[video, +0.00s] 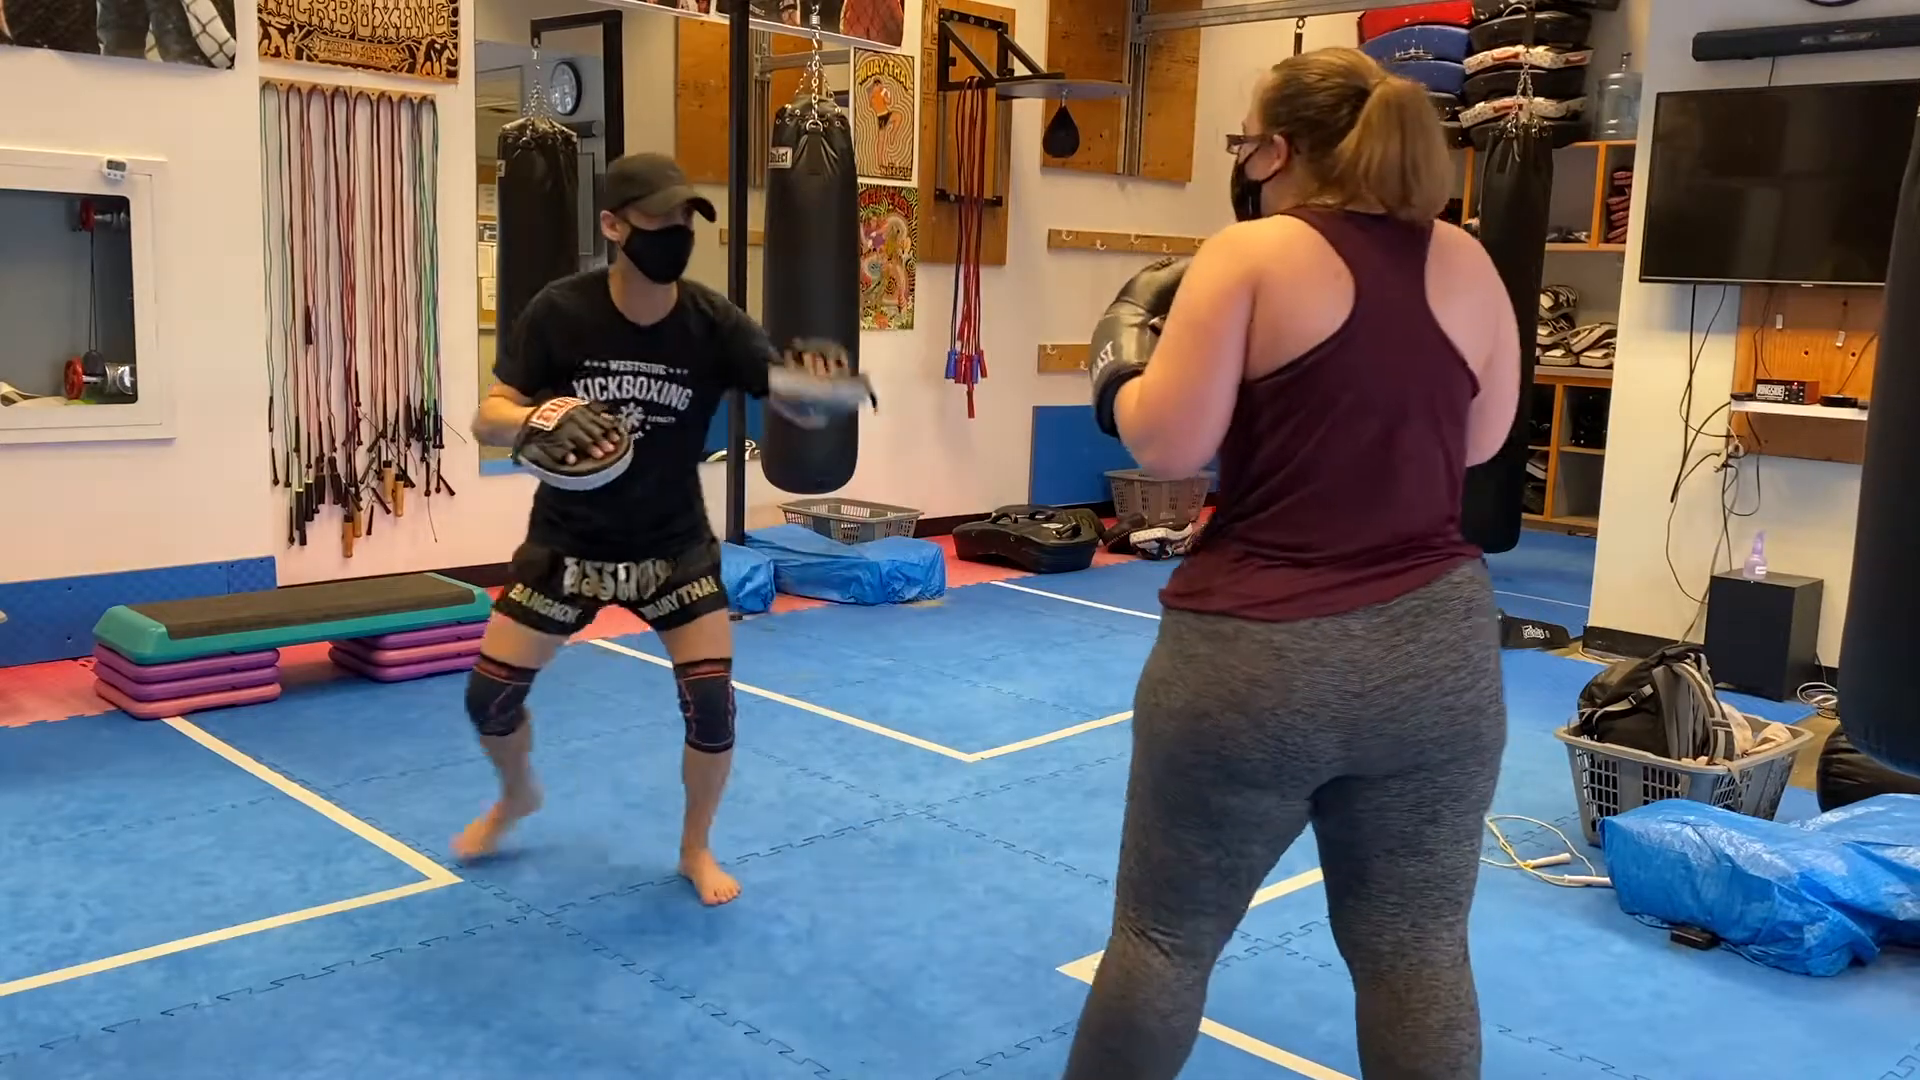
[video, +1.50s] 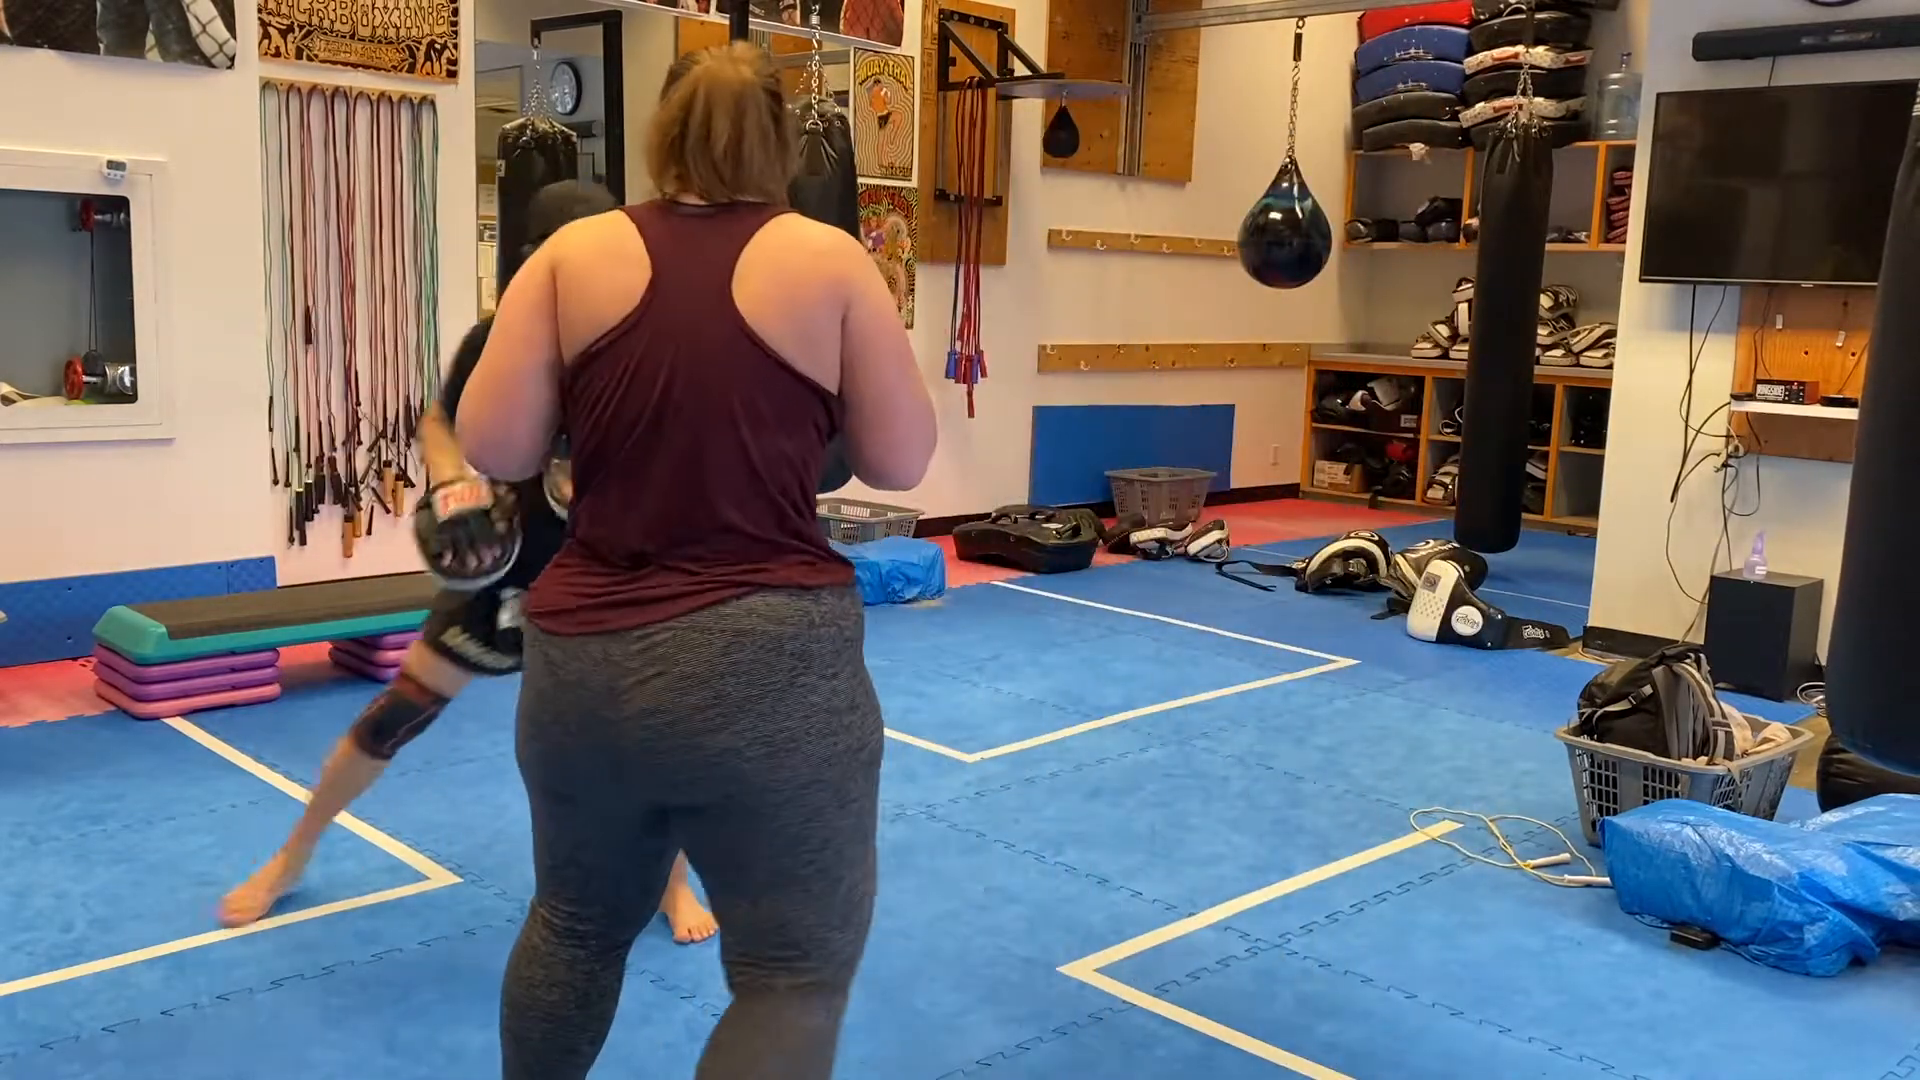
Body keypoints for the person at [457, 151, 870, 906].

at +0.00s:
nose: (678, 232)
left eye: (685, 218)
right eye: (659, 219)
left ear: (695, 222)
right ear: (614, 225)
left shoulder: (714, 321)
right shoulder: (560, 312)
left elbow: (796, 395)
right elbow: (490, 418)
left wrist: (819, 387)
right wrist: (541, 417)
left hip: (673, 540)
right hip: (568, 538)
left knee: (714, 704)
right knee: (489, 698)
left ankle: (696, 848)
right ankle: (519, 795)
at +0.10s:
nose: (646, 219)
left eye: (653, 203)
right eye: (627, 206)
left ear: (661, 203)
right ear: (579, 210)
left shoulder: (689, 308)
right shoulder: (530, 300)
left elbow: (789, 375)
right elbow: (454, 410)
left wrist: (794, 317)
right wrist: (511, 403)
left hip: (645, 533)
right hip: (537, 534)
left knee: (694, 699)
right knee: (465, 702)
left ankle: (694, 847)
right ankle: (428, 832)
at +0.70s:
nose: (565, 230)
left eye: (573, 213)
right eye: (544, 215)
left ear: (586, 216)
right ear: (495, 223)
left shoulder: (619, 327)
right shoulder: (444, 324)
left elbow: (721, 374)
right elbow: (352, 432)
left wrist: (749, 308)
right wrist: (402, 428)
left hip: (575, 568)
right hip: (460, 567)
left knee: (621, 741)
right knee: (365, 742)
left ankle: (650, 916)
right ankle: (393, 818)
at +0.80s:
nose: (550, 246)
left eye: (558, 229)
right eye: (529, 231)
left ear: (570, 225)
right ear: (479, 228)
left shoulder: (599, 321)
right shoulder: (428, 329)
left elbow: (717, 338)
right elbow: (339, 439)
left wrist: (744, 278)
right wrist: (387, 446)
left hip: (563, 576)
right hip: (445, 576)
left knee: (620, 746)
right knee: (333, 740)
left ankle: (650, 915)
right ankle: (329, 835)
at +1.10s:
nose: (453, 253)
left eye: (463, 236)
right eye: (432, 240)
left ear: (476, 234)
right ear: (384, 238)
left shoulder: (506, 330)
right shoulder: (338, 330)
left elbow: (599, 373)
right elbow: (264, 450)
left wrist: (629, 323)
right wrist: (313, 457)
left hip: (485, 568)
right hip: (366, 573)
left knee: (566, 732)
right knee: (280, 744)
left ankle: (639, 899)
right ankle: (265, 872)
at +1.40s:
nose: (531, 297)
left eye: (541, 279)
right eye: (511, 283)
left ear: (560, 274)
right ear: (481, 284)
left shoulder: (585, 357)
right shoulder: (432, 362)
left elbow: (630, 461)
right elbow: (352, 454)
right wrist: (404, 506)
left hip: (560, 584)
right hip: (441, 586)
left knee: (623, 731)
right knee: (335, 745)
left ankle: (669, 874)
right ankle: (264, 870)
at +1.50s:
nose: (577, 276)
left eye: (592, 257)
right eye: (562, 258)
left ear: (611, 258)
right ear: (532, 259)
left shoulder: (643, 342)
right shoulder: (501, 338)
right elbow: (438, 419)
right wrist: (455, 483)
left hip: (614, 566)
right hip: (514, 558)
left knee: (649, 716)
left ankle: (673, 872)